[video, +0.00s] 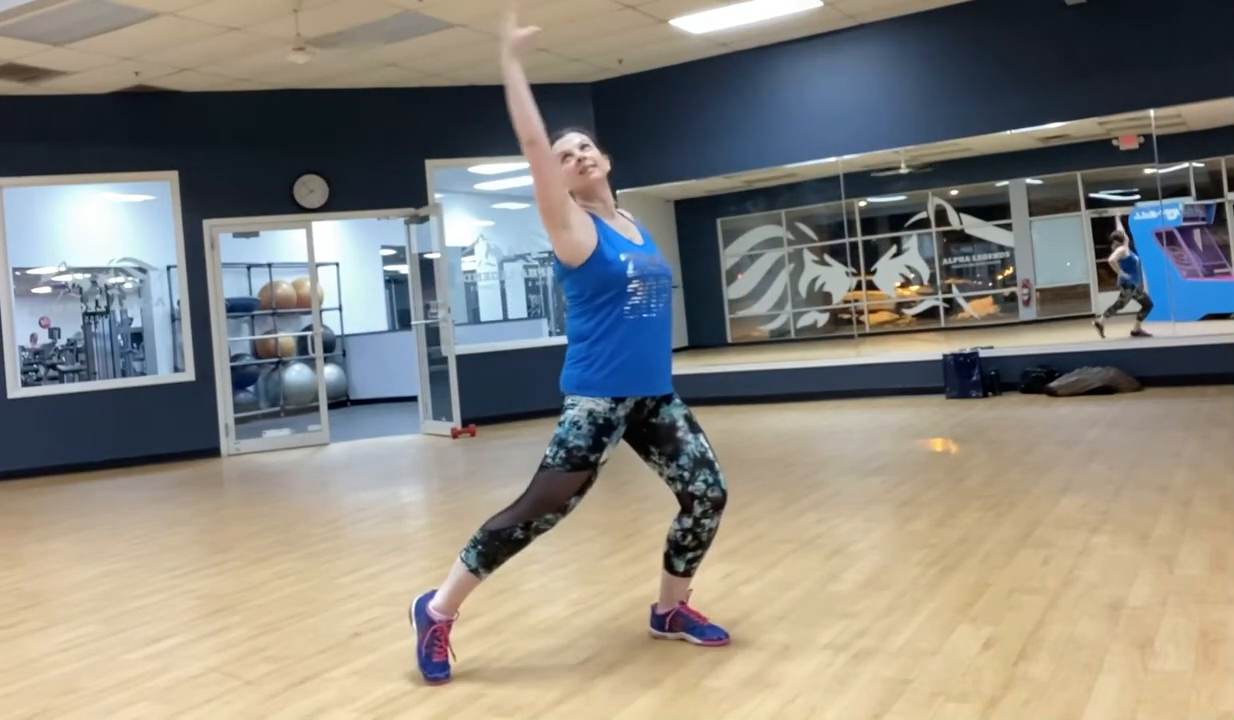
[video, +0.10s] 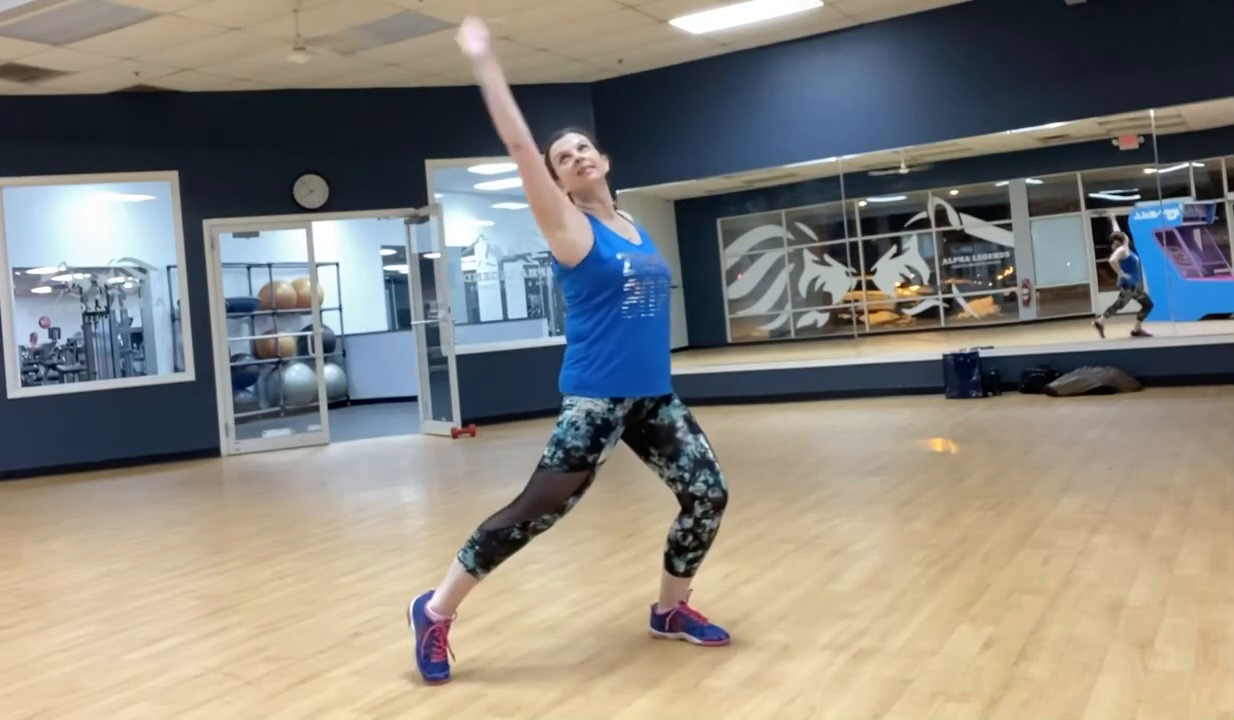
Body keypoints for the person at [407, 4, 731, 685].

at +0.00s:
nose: (583, 157)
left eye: (587, 148)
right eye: (567, 155)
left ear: (606, 161)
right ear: (557, 180)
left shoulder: (628, 223)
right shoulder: (571, 229)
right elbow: (535, 145)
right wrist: (512, 60)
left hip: (653, 397)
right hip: (595, 402)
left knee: (707, 496)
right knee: (539, 511)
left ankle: (671, 608)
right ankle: (437, 612)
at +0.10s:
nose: (579, 159)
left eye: (585, 149)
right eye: (565, 158)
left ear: (605, 161)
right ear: (557, 180)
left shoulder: (629, 226)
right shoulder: (569, 230)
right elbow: (521, 147)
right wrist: (484, 60)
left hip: (652, 397)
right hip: (594, 402)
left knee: (708, 495)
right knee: (540, 509)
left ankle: (671, 608)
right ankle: (435, 612)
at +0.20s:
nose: (577, 160)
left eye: (583, 150)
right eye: (565, 160)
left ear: (605, 164)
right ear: (558, 182)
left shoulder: (631, 227)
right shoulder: (566, 230)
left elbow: (634, 302)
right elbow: (510, 160)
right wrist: (455, 86)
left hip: (652, 397)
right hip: (593, 400)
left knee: (707, 493)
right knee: (543, 504)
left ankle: (672, 609)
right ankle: (432, 613)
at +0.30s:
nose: (579, 161)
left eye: (584, 151)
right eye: (566, 160)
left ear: (605, 162)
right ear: (560, 180)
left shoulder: (631, 227)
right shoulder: (564, 228)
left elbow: (633, 303)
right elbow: (502, 161)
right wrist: (439, 88)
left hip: (653, 396)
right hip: (592, 399)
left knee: (707, 494)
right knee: (544, 501)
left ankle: (671, 610)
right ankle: (432, 613)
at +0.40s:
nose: (578, 161)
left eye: (587, 152)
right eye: (567, 160)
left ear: (609, 164)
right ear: (561, 180)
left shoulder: (629, 224)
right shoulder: (563, 227)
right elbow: (494, 170)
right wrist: (430, 115)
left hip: (651, 394)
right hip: (588, 398)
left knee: (706, 496)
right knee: (537, 506)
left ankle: (671, 610)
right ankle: (433, 612)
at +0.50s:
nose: (580, 161)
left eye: (588, 151)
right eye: (568, 159)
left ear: (609, 161)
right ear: (561, 176)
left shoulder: (634, 226)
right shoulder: (562, 225)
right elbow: (488, 180)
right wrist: (428, 137)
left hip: (651, 394)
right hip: (587, 397)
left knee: (705, 496)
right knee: (535, 507)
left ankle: (670, 609)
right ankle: (434, 612)